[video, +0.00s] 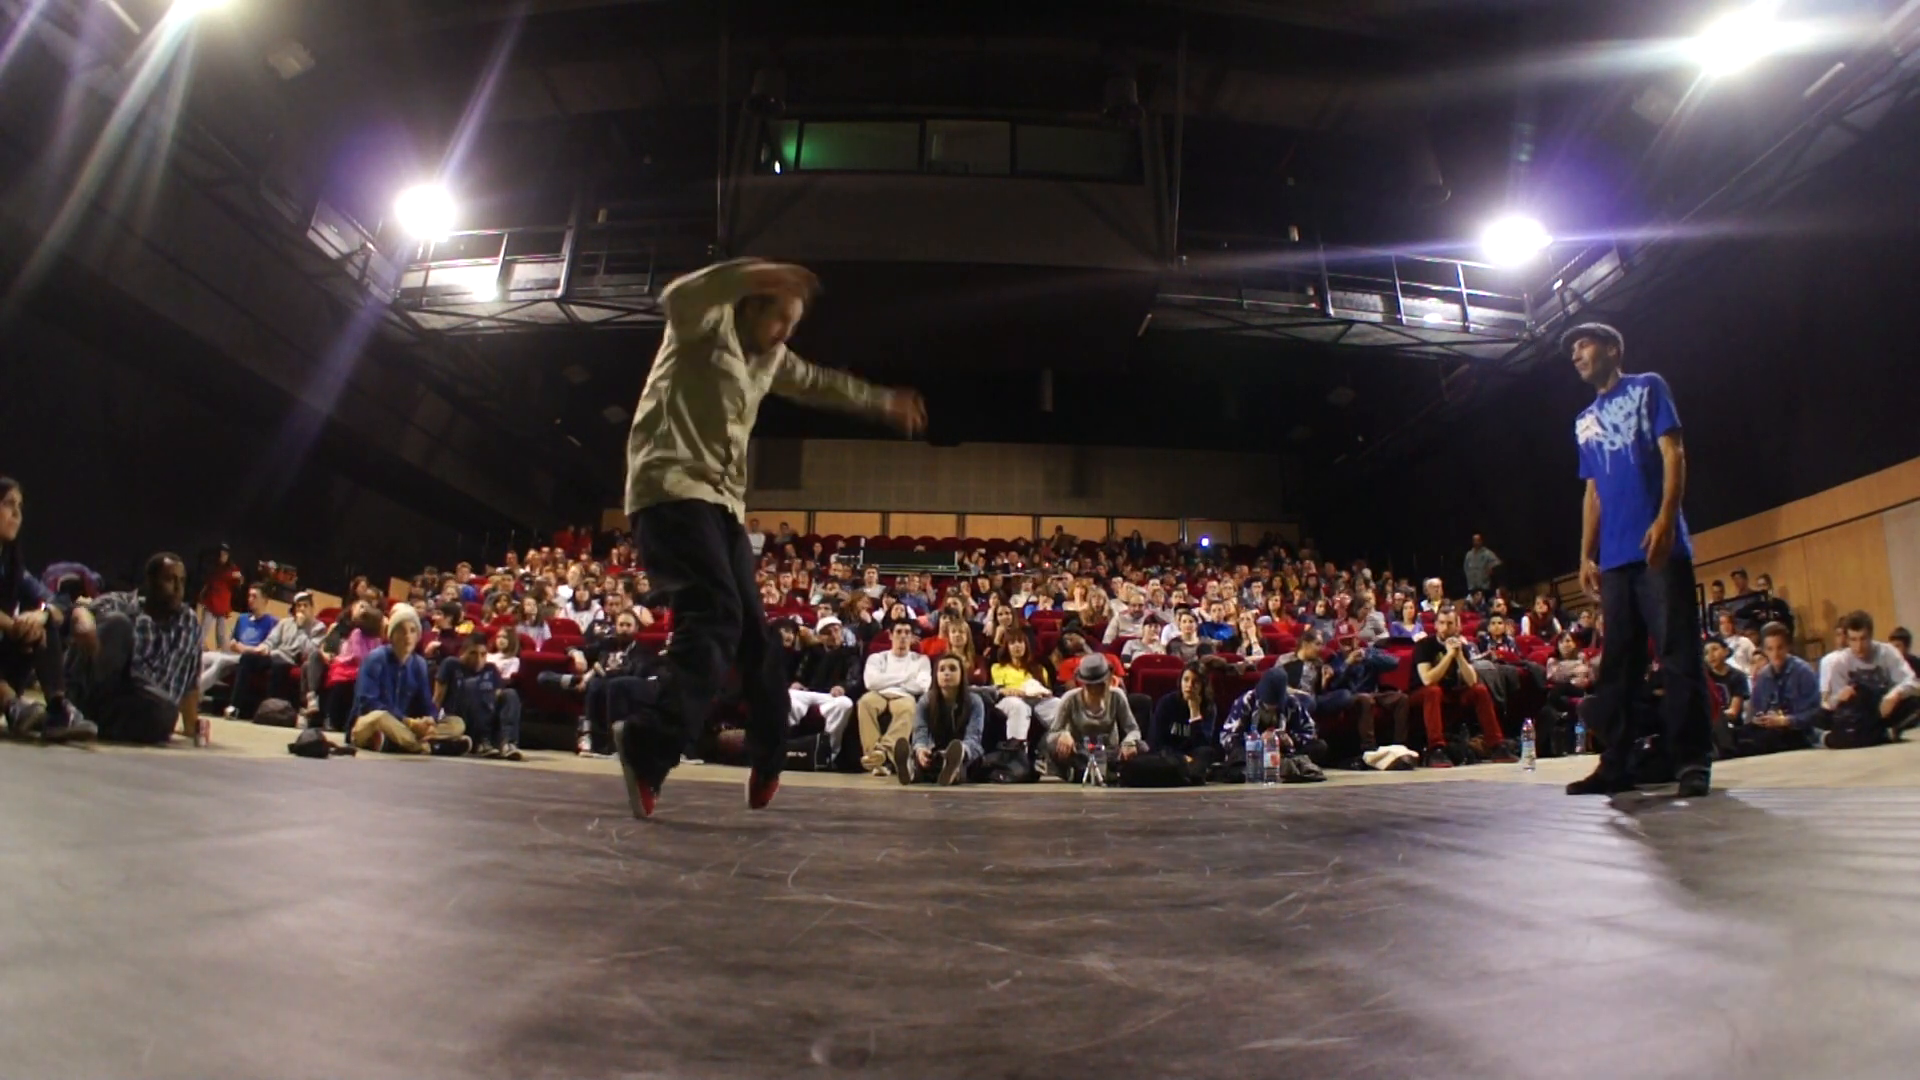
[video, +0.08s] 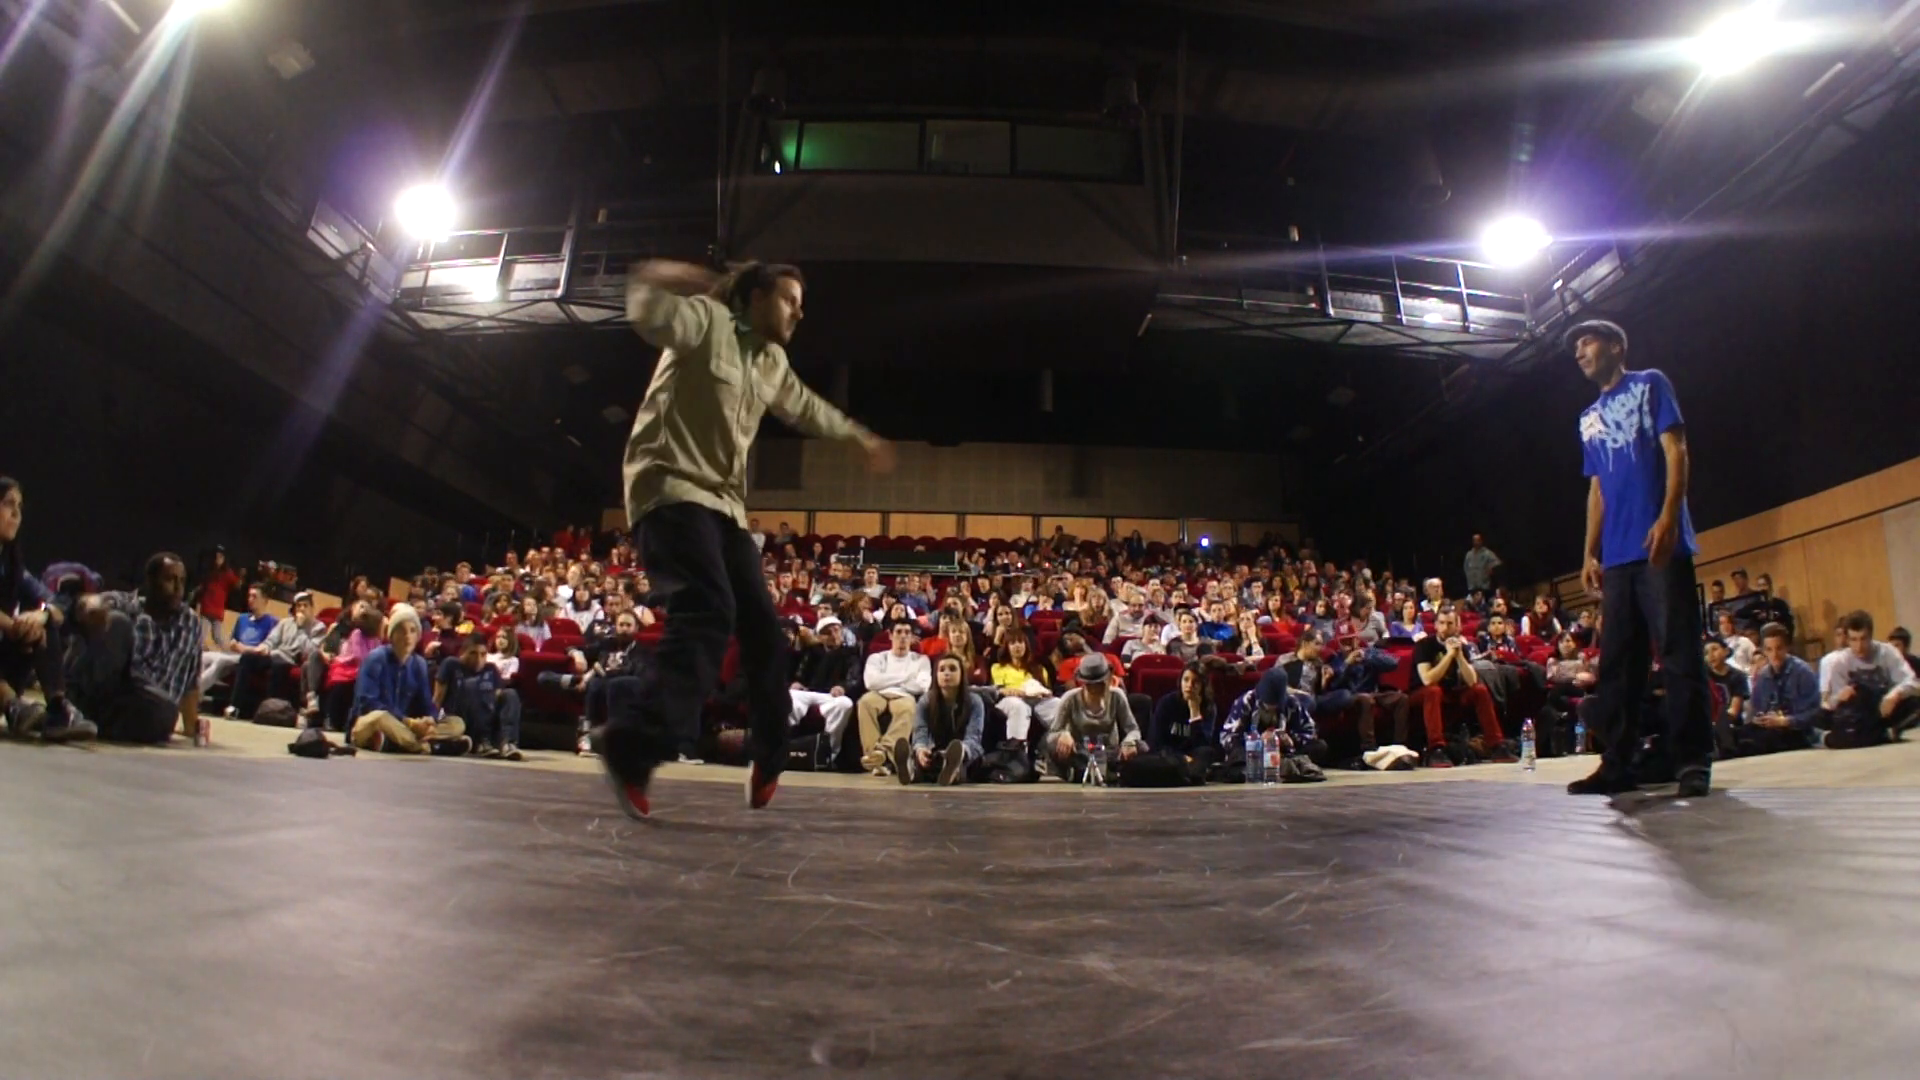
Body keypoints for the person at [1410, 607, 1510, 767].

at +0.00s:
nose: (1445, 628)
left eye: (1450, 623)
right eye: (1441, 623)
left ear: (1457, 626)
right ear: (1436, 624)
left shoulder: (1462, 646)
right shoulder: (1424, 646)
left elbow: (1471, 681)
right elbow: (1427, 678)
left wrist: (1459, 654)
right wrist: (1449, 655)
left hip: (1454, 693)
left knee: (1480, 691)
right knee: (1433, 691)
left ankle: (1497, 745)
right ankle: (1437, 749)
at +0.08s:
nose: (1445, 628)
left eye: (1450, 623)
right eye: (1441, 623)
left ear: (1457, 626)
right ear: (1436, 624)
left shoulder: (1462, 646)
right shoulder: (1424, 646)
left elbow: (1471, 681)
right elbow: (1427, 678)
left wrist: (1459, 654)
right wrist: (1449, 655)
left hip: (1454, 693)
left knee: (1480, 691)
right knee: (1433, 691)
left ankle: (1497, 745)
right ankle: (1437, 749)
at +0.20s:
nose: (1445, 628)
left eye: (1450, 624)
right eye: (1441, 623)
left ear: (1457, 626)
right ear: (1435, 625)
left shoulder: (1461, 646)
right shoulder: (1424, 646)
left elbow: (1471, 681)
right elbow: (1427, 679)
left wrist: (1458, 655)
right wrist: (1450, 655)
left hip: (1454, 693)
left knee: (1481, 691)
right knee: (1433, 691)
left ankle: (1497, 746)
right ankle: (1437, 749)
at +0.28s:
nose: (1445, 628)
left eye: (1450, 624)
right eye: (1441, 623)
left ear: (1456, 626)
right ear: (1435, 624)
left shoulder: (1461, 646)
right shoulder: (1424, 646)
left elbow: (1471, 681)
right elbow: (1427, 678)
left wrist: (1458, 655)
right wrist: (1449, 655)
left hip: (1455, 692)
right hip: (1429, 694)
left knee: (1481, 691)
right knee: (1433, 691)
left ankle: (1497, 746)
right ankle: (1436, 749)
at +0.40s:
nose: (1445, 628)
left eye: (1449, 624)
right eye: (1441, 623)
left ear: (1456, 626)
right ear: (1435, 624)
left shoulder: (1461, 646)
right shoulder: (1423, 645)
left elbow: (1471, 681)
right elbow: (1427, 679)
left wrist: (1458, 655)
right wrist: (1450, 654)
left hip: (1454, 693)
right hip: (1427, 694)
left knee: (1480, 691)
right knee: (1433, 691)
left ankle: (1497, 745)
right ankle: (1436, 749)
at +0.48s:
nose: (1444, 628)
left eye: (1449, 624)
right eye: (1441, 623)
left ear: (1456, 627)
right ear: (1435, 624)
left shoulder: (1460, 646)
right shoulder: (1423, 645)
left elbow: (1471, 681)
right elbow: (1427, 679)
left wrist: (1459, 655)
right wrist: (1450, 655)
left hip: (1454, 692)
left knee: (1481, 691)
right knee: (1433, 691)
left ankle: (1497, 745)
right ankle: (1436, 749)